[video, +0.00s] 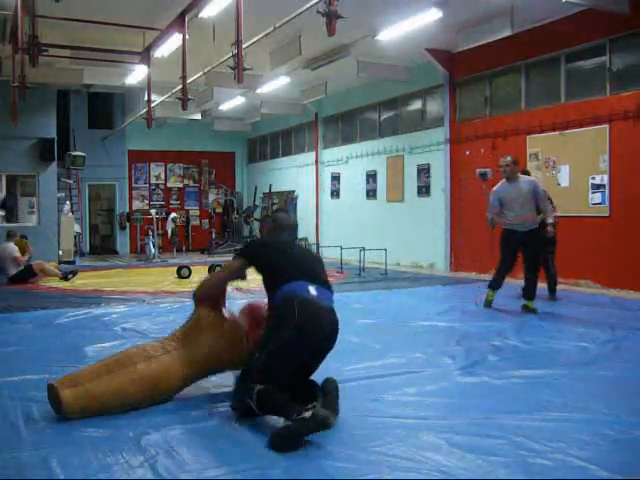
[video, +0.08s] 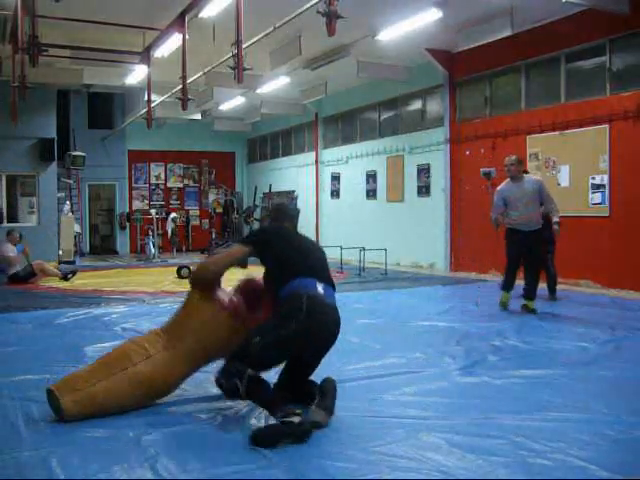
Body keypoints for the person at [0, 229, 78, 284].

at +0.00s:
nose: (18, 239)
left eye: (18, 237)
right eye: (18, 237)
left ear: (8, 237)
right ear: (15, 237)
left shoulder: (5, 246)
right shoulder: (11, 246)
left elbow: (19, 261)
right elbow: (21, 261)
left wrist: (27, 254)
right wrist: (28, 253)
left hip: (12, 276)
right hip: (14, 276)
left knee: (41, 267)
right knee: (39, 265)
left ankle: (63, 274)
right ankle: (62, 275)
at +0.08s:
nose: (17, 239)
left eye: (18, 237)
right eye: (15, 237)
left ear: (16, 238)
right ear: (9, 237)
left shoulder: (12, 247)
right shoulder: (7, 247)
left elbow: (16, 261)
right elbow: (12, 262)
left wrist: (25, 254)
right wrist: (22, 254)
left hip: (19, 274)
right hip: (14, 276)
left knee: (41, 265)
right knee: (39, 265)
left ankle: (63, 274)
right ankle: (62, 276)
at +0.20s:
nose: (16, 240)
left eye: (16, 238)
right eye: (14, 238)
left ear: (16, 239)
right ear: (8, 238)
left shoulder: (16, 246)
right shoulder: (4, 247)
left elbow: (25, 260)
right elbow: (4, 260)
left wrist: (28, 253)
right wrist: (16, 255)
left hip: (21, 272)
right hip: (13, 275)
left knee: (43, 268)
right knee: (38, 264)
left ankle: (63, 274)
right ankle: (61, 276)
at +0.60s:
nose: (16, 240)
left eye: (16, 238)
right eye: (13, 238)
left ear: (15, 238)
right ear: (8, 239)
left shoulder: (17, 247)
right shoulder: (5, 247)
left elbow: (22, 261)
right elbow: (4, 259)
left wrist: (25, 250)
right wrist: (16, 250)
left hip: (21, 273)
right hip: (13, 275)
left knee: (42, 266)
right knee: (38, 264)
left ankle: (63, 274)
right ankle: (61, 275)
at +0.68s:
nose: (18, 240)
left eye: (18, 238)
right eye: (16, 238)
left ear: (15, 239)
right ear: (11, 238)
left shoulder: (13, 248)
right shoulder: (6, 246)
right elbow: (4, 260)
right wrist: (18, 258)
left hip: (19, 273)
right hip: (14, 275)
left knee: (42, 266)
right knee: (38, 265)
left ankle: (63, 273)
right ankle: (62, 276)